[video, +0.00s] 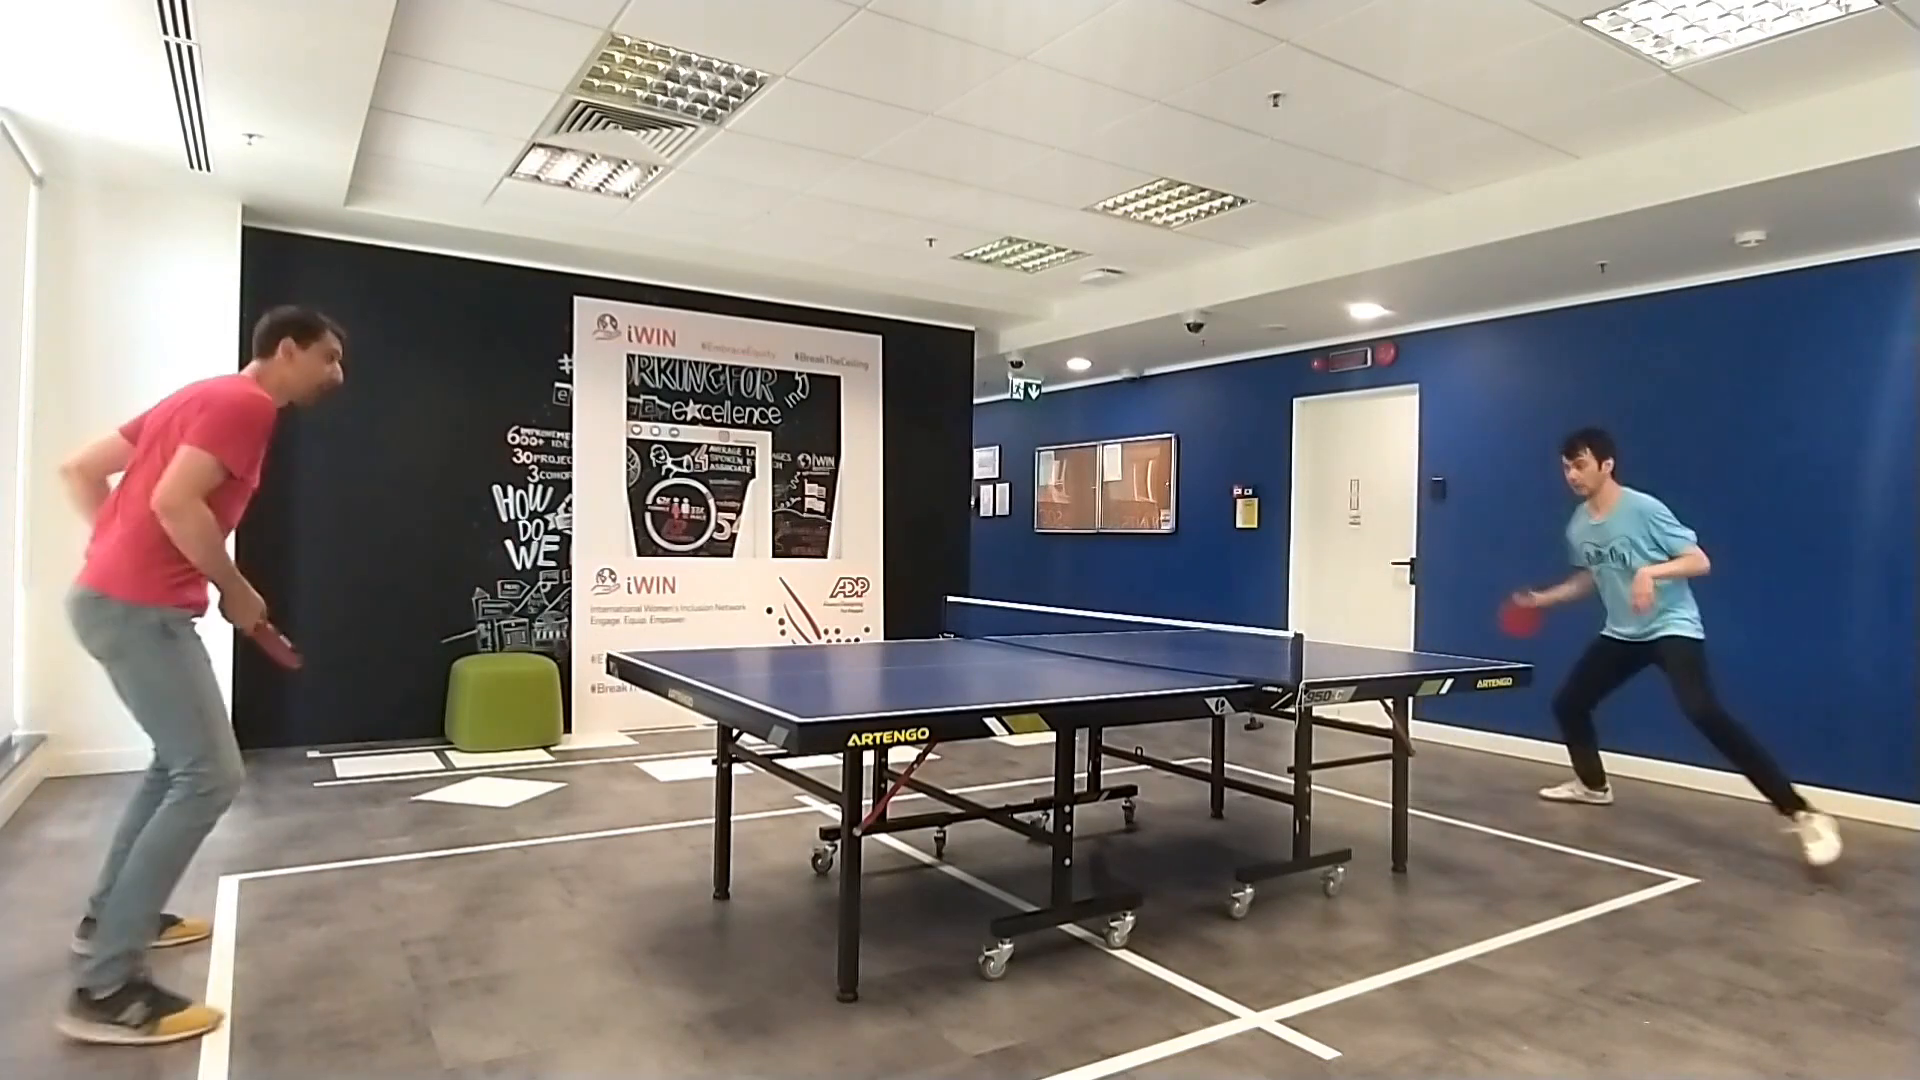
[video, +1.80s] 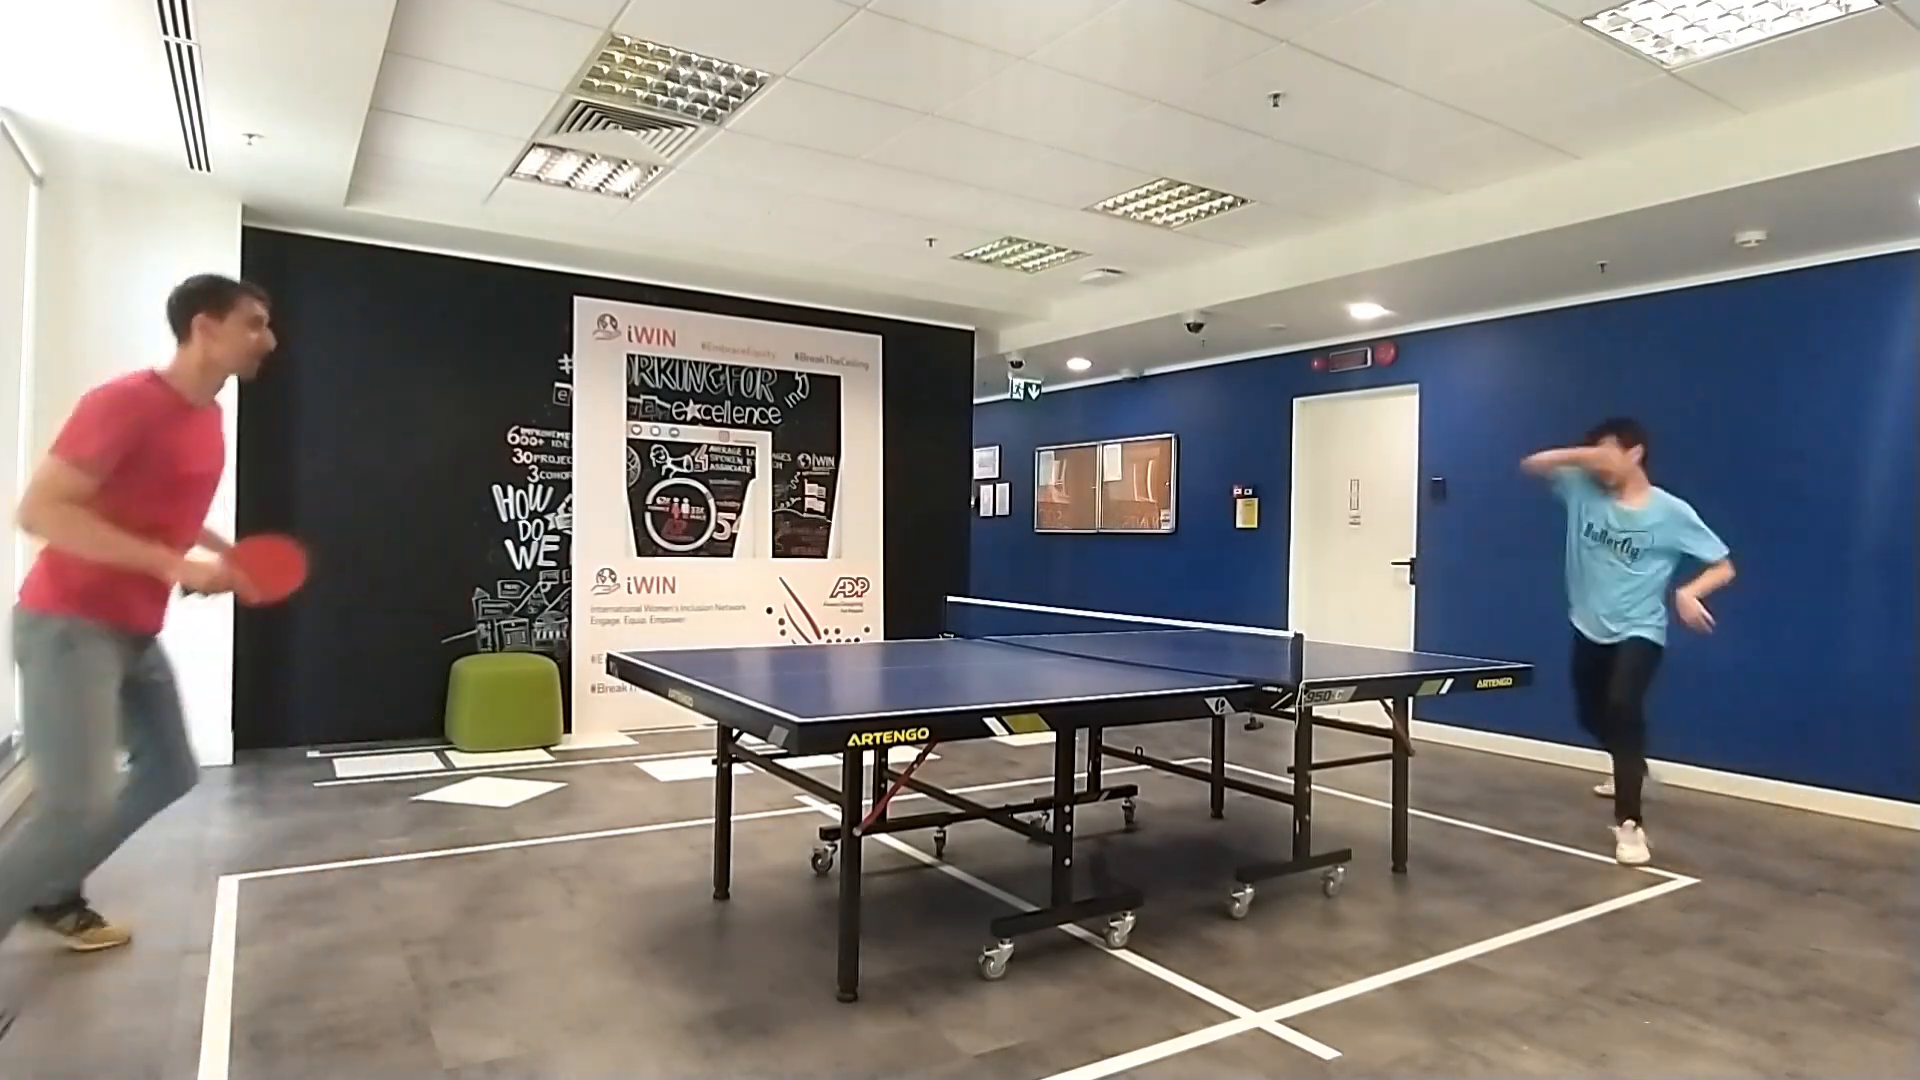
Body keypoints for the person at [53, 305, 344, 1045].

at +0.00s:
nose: (339, 374)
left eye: (340, 362)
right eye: (331, 357)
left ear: (282, 351)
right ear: (287, 349)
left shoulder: (197, 399)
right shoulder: (245, 404)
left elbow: (81, 468)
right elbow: (173, 499)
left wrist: (136, 550)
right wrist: (233, 586)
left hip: (113, 604)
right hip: (140, 610)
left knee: (179, 763)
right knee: (211, 777)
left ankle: (111, 917)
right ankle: (105, 984)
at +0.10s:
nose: (329, 351)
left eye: (331, 340)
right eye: (320, 334)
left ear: (273, 334)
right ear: (272, 329)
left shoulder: (210, 390)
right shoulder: (229, 392)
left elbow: (111, 473)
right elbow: (170, 499)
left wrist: (177, 547)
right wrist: (266, 576)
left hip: (182, 611)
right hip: (157, 615)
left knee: (246, 746)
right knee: (215, 783)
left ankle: (129, 897)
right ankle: (121, 985)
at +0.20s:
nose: (323, 345)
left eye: (324, 334)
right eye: (313, 330)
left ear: (272, 332)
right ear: (265, 327)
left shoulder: (242, 410)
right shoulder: (208, 397)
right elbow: (185, 518)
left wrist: (293, 565)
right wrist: (305, 563)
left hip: (226, 615)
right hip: (171, 621)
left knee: (303, 722)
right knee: (227, 792)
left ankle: (203, 850)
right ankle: (120, 985)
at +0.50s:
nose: (353, 379)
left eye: (353, 367)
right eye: (342, 365)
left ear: (309, 373)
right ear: (293, 368)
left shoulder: (315, 437)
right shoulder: (227, 446)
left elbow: (308, 506)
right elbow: (175, 558)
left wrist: (369, 543)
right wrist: (287, 596)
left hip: (298, 642)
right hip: (231, 645)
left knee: (371, 742)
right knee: (268, 790)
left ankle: (304, 858)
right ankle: (140, 975)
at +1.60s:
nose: (335, 350)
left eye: (335, 338)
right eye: (324, 334)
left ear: (286, 344)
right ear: (275, 336)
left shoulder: (276, 420)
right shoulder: (205, 409)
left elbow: (244, 509)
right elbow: (146, 508)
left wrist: (314, 542)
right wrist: (277, 522)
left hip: (230, 621)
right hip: (160, 627)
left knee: (309, 722)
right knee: (207, 789)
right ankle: (93, 961)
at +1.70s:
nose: (297, 324)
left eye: (298, 312)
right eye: (285, 309)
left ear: (251, 319)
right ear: (234, 311)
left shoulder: (245, 401)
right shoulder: (160, 385)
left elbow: (217, 498)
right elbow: (96, 491)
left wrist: (288, 538)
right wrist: (221, 526)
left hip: (187, 613)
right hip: (113, 608)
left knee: (243, 737)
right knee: (154, 779)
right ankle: (35, 960)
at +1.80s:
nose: (268, 339)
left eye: (267, 327)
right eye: (255, 324)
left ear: (217, 335)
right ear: (203, 327)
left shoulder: (205, 418)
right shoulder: (127, 404)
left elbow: (163, 512)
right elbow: (38, 508)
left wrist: (230, 556)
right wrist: (168, 563)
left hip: (133, 633)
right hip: (64, 626)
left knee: (168, 771)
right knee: (73, 812)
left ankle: (53, 888)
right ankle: (6, 906)